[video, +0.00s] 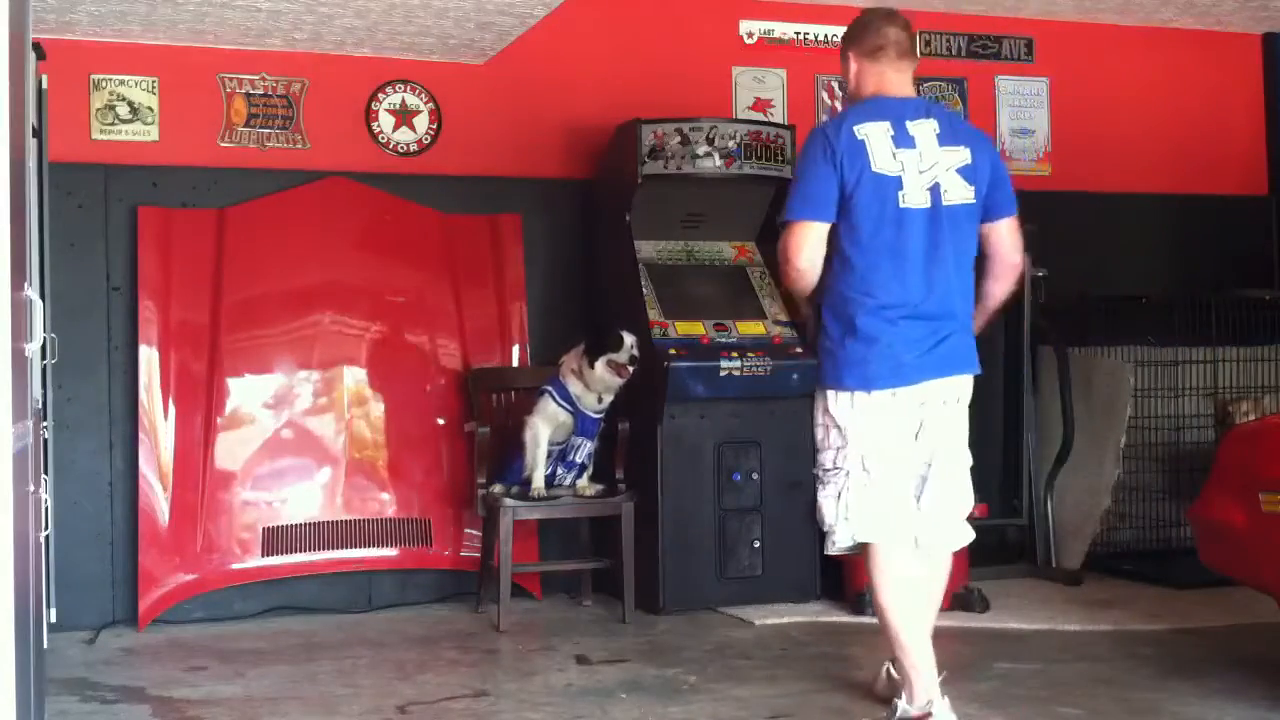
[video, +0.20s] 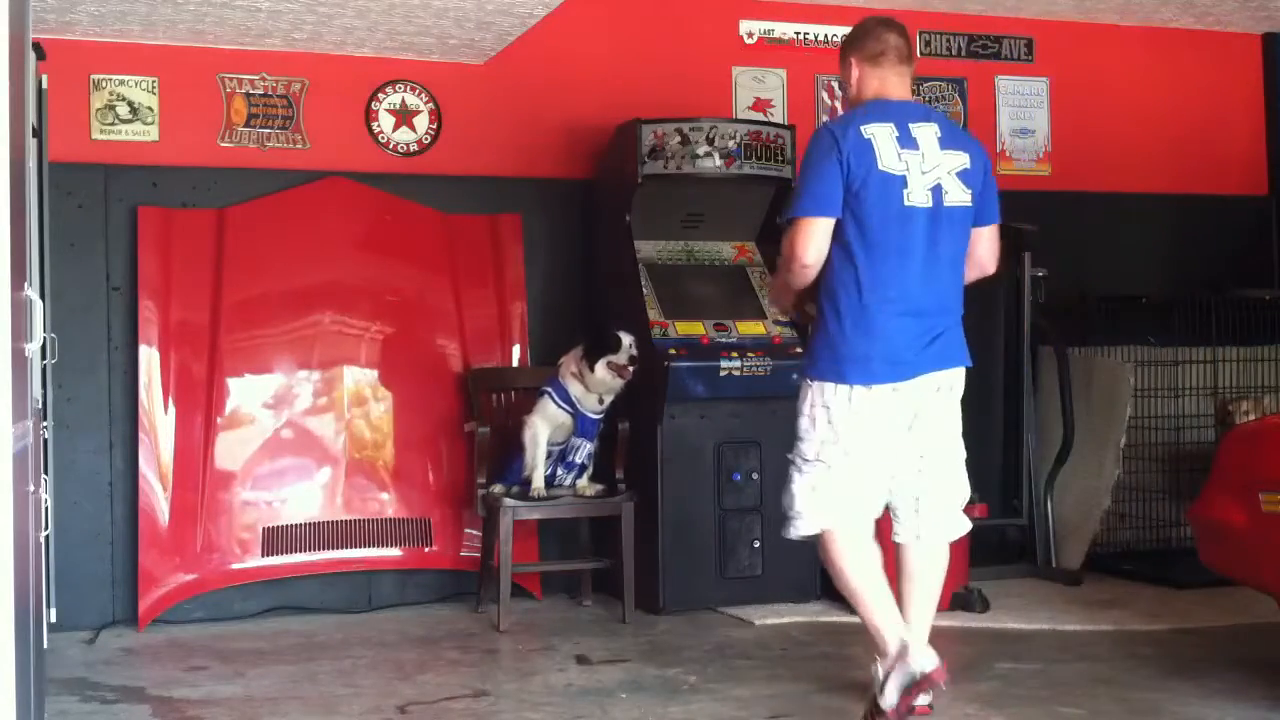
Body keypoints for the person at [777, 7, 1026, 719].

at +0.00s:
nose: (841, 79)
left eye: (841, 68)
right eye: (844, 69)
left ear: (850, 65)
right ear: (915, 64)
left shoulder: (836, 138)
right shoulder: (972, 139)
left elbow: (801, 266)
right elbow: (1007, 263)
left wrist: (814, 313)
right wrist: (962, 328)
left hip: (868, 369)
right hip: (950, 364)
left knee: (885, 532)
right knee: (936, 526)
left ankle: (928, 698)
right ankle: (906, 667)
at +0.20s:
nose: (843, 84)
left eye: (843, 73)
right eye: (845, 73)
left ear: (855, 69)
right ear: (911, 67)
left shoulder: (841, 138)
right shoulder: (967, 144)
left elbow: (805, 260)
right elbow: (984, 259)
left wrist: (784, 290)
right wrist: (915, 280)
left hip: (855, 369)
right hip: (939, 364)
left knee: (837, 516)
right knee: (926, 517)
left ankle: (905, 651)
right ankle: (908, 668)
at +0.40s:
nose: (828, 94)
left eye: (828, 82)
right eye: (830, 83)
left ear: (841, 77)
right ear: (898, 76)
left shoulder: (835, 137)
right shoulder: (954, 146)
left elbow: (796, 250)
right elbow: (961, 262)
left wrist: (767, 284)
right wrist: (887, 276)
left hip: (844, 364)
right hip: (930, 364)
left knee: (817, 509)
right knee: (920, 512)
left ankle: (850, 660)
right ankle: (914, 670)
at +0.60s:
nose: (800, 104)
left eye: (799, 93)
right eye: (800, 94)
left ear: (813, 85)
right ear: (871, 82)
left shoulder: (815, 144)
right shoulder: (929, 150)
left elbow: (795, 261)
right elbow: (953, 263)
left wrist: (778, 291)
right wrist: (895, 299)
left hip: (838, 370)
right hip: (919, 364)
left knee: (828, 520)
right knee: (910, 514)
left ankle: (842, 676)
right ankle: (910, 670)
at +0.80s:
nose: (776, 113)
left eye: (774, 102)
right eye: (776, 104)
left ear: (786, 93)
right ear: (837, 84)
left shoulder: (793, 148)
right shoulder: (908, 143)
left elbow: (783, 260)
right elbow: (942, 249)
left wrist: (766, 348)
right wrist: (874, 250)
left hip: (832, 368)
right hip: (916, 360)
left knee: (830, 521)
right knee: (907, 514)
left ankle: (842, 678)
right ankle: (911, 669)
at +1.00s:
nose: (753, 148)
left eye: (750, 137)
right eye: (748, 139)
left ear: (764, 118)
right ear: (817, 111)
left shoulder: (782, 159)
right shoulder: (880, 157)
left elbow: (775, 269)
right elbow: (898, 262)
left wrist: (762, 374)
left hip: (847, 367)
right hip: (928, 358)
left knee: (827, 520)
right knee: (912, 514)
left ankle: (843, 675)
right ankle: (931, 663)